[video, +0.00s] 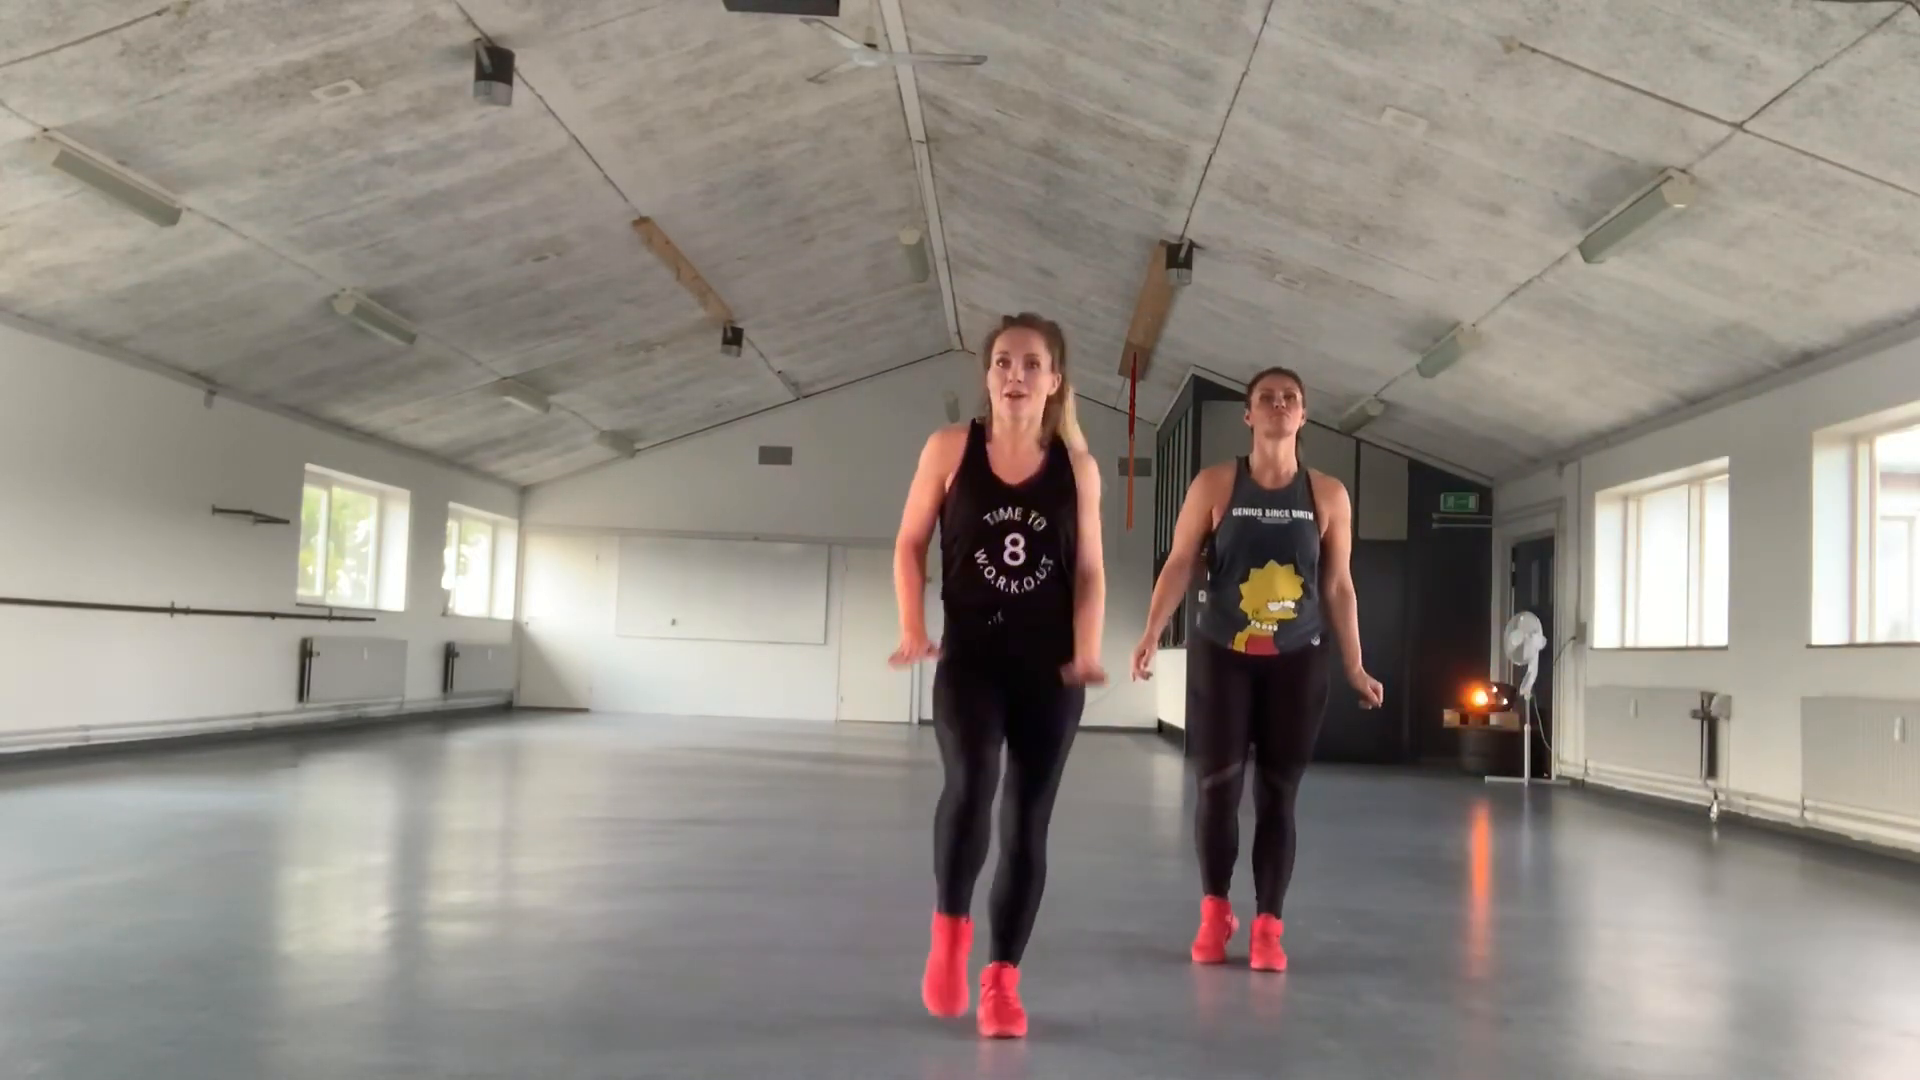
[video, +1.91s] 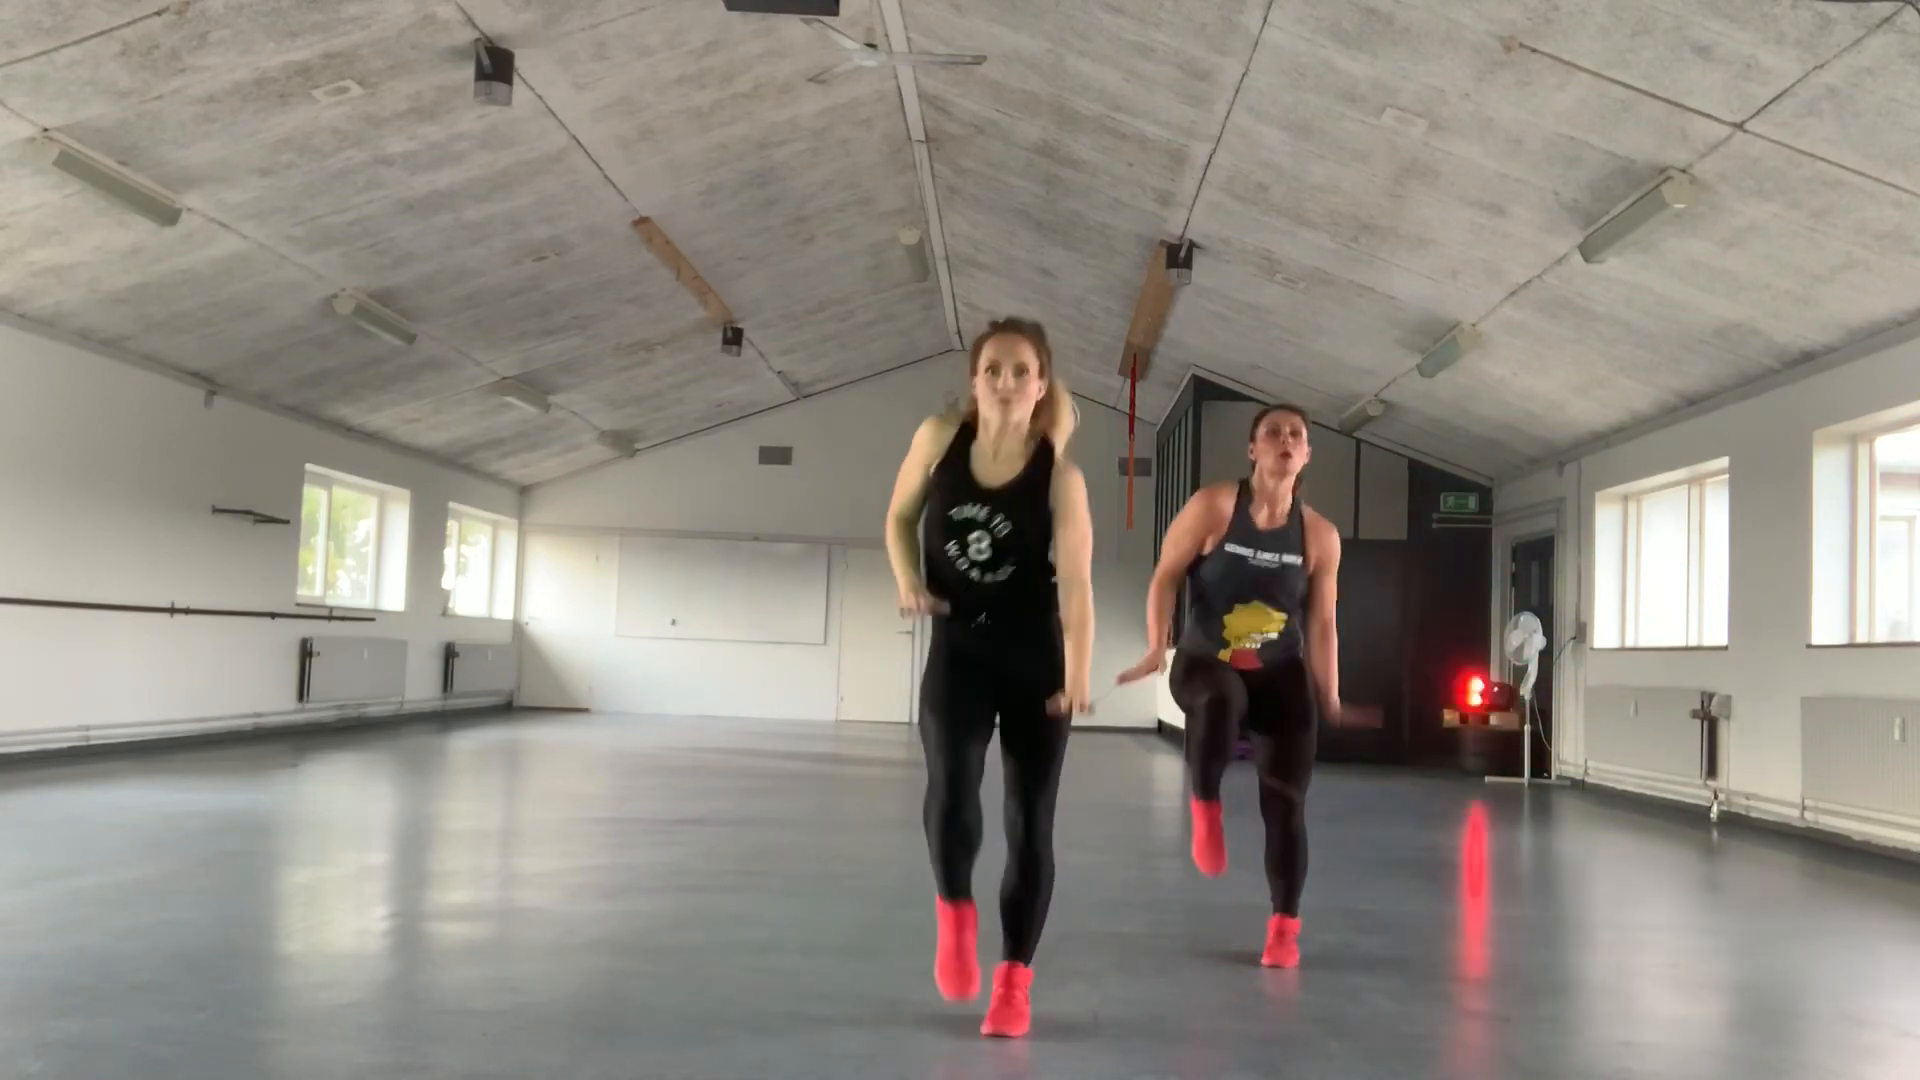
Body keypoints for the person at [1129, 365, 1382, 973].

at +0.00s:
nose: (1279, 407)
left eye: (1289, 399)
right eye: (1268, 398)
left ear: (1304, 415)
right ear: (1248, 414)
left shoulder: (1329, 495)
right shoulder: (1213, 484)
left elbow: (1339, 586)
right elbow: (1179, 563)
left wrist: (1355, 666)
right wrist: (1152, 629)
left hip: (1297, 662)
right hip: (1221, 658)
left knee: (1277, 791)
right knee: (1218, 783)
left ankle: (1268, 924)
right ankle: (1215, 909)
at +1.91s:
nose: (1286, 443)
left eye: (1296, 435)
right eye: (1275, 434)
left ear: (1307, 454)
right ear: (1253, 449)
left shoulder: (1321, 536)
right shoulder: (1211, 507)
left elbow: (1322, 624)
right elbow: (1165, 578)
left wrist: (1330, 695)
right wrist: (1157, 647)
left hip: (1281, 673)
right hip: (1209, 664)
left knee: (1284, 799)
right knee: (1221, 695)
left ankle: (1285, 922)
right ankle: (1206, 806)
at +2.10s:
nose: (1253, 417)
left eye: (1262, 409)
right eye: (1242, 408)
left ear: (1275, 426)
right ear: (1220, 421)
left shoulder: (1289, 508)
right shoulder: (1182, 471)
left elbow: (1295, 599)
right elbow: (1136, 529)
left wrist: (1301, 681)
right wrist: (1140, 602)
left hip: (1253, 653)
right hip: (1180, 648)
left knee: (1263, 786)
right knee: (1181, 749)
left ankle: (1282, 919)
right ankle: (1170, 855)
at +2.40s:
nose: (1183, 430)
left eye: (1194, 422)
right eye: (1173, 420)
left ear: (1209, 439)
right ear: (1154, 433)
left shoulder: (1224, 522)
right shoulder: (1123, 480)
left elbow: (1240, 612)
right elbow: (1084, 552)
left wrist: (1255, 699)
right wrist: (1077, 625)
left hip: (1199, 667)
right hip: (1130, 660)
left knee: (1182, 795)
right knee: (1114, 724)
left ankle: (1176, 916)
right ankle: (1108, 836)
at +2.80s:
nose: (1092, 417)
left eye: (1104, 409)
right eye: (1082, 408)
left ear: (1119, 422)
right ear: (1064, 420)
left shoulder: (1139, 501)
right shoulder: (1033, 470)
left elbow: (1151, 591)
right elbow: (1006, 550)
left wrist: (1158, 675)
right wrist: (998, 625)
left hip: (1110, 659)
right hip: (1039, 653)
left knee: (1089, 788)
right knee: (1011, 742)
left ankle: (1083, 912)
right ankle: (1021, 872)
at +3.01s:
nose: (1048, 396)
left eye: (1059, 389)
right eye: (1038, 387)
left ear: (1074, 405)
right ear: (1019, 399)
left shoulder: (1093, 484)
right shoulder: (984, 465)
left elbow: (1105, 575)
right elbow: (951, 549)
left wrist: (1090, 639)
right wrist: (930, 619)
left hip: (1060, 646)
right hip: (983, 641)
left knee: (1064, 781)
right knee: (956, 762)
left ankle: (1076, 909)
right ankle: (951, 889)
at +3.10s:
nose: (1016, 396)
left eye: (1028, 388)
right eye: (1006, 387)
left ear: (1044, 403)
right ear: (989, 400)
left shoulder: (1068, 478)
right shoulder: (955, 470)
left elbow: (1100, 560)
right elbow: (916, 552)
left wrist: (1085, 632)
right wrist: (853, 593)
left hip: (1026, 647)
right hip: (951, 642)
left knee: (1041, 772)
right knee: (955, 775)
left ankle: (1035, 897)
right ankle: (946, 906)